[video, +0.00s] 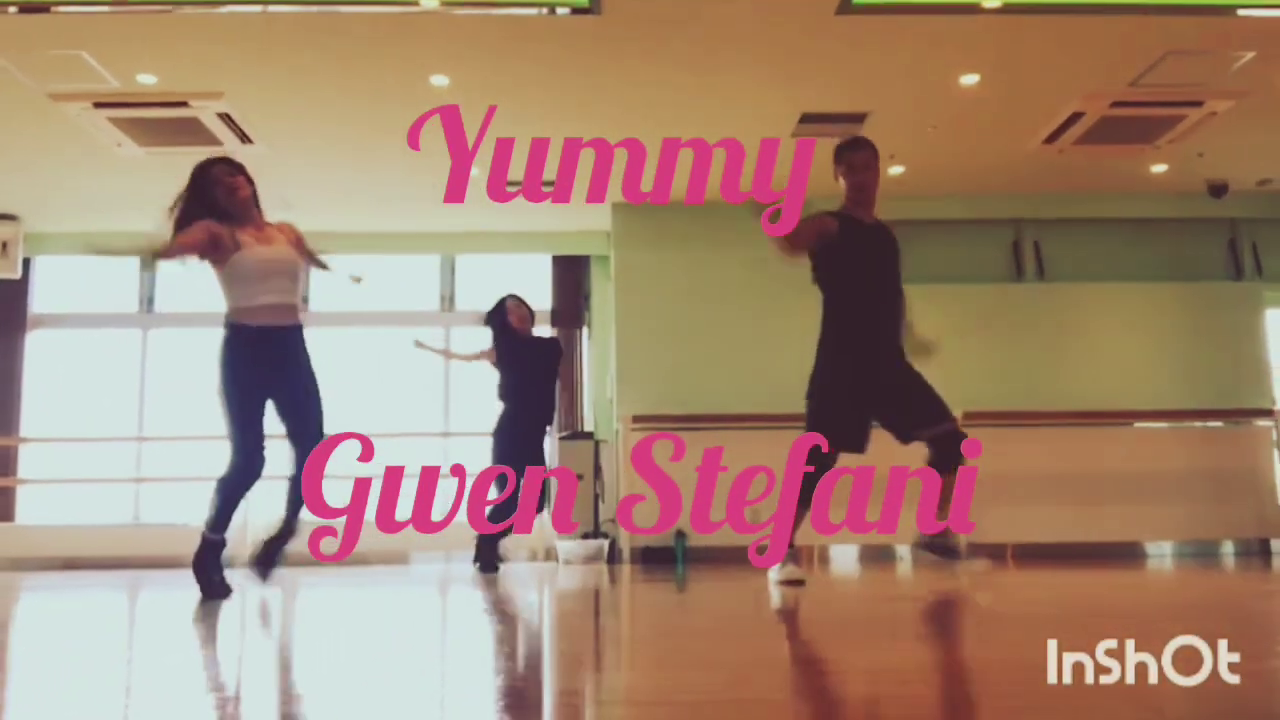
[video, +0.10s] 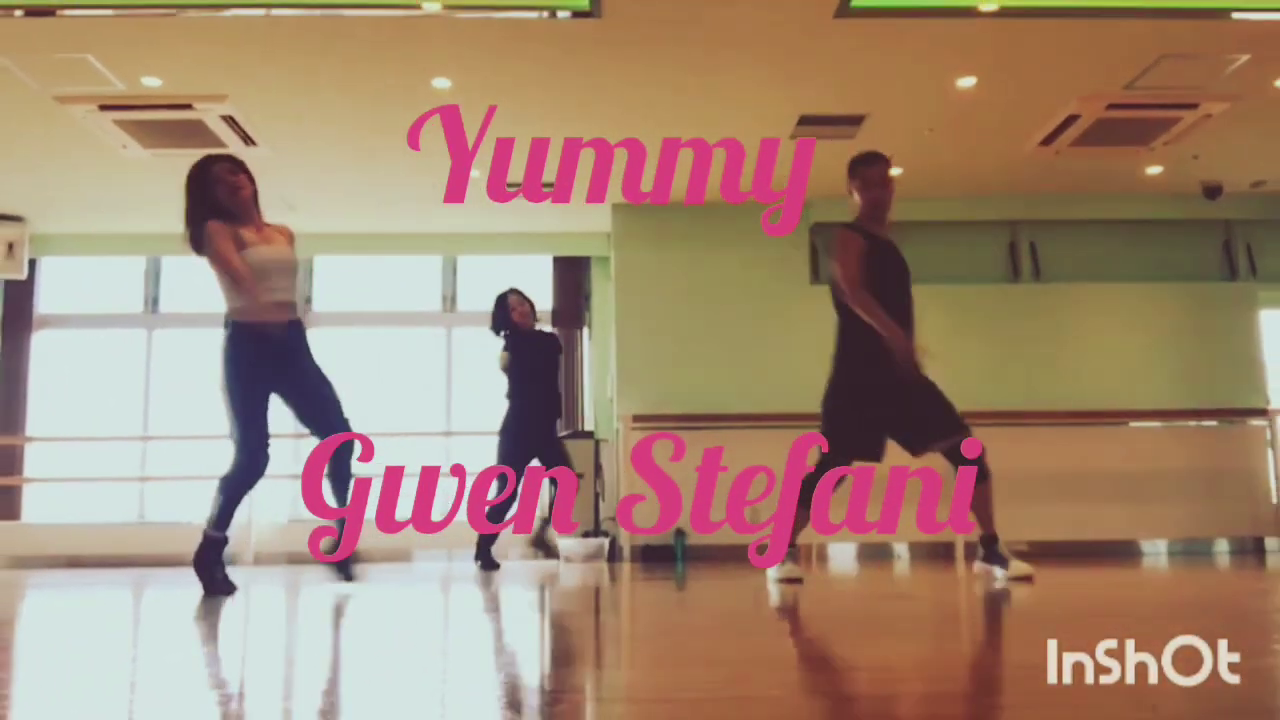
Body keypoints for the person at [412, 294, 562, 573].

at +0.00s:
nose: (520, 313)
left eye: (522, 307)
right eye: (512, 310)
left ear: (531, 313)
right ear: (503, 320)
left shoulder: (549, 346)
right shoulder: (503, 350)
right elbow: (467, 356)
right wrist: (430, 348)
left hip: (534, 430)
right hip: (510, 428)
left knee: (537, 497)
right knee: (510, 493)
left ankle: (493, 535)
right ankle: (486, 550)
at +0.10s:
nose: (522, 310)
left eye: (523, 304)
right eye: (514, 309)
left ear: (531, 306)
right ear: (508, 317)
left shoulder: (549, 341)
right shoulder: (513, 343)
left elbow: (549, 381)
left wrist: (553, 414)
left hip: (544, 425)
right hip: (518, 426)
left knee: (567, 480)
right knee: (507, 489)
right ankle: (484, 547)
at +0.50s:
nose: (564, 316)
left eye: (566, 310)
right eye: (557, 315)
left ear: (575, 314)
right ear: (551, 325)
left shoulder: (596, 344)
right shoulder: (559, 356)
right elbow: (579, 376)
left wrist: (595, 330)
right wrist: (594, 343)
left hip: (606, 425)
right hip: (578, 427)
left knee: (627, 483)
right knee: (552, 484)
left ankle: (639, 542)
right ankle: (514, 533)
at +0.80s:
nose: (592, 316)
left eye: (598, 312)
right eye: (588, 312)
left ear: (606, 318)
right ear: (581, 317)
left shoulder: (620, 347)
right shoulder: (577, 351)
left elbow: (652, 373)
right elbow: (566, 379)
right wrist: (564, 345)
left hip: (625, 421)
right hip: (596, 425)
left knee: (638, 479)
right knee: (616, 480)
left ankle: (646, 535)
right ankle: (632, 538)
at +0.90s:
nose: (598, 313)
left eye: (604, 310)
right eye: (594, 309)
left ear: (612, 316)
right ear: (587, 314)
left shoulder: (622, 347)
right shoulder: (576, 351)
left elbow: (645, 370)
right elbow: (566, 384)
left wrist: (665, 371)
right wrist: (562, 380)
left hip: (624, 421)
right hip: (594, 424)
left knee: (637, 477)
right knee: (597, 480)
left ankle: (642, 534)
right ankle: (600, 531)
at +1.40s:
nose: (592, 332)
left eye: (599, 330)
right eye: (589, 326)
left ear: (604, 337)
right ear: (581, 329)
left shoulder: (606, 371)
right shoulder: (560, 365)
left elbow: (615, 411)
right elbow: (546, 400)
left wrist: (593, 428)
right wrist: (536, 432)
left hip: (596, 445)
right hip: (564, 445)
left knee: (623, 492)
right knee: (534, 494)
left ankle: (632, 546)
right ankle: (514, 549)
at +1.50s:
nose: (592, 324)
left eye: (599, 323)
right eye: (589, 319)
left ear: (605, 331)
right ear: (581, 322)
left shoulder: (606, 363)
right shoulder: (560, 356)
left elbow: (616, 404)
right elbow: (548, 396)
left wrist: (593, 415)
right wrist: (542, 430)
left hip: (601, 436)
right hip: (568, 437)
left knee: (623, 485)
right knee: (543, 491)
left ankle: (632, 545)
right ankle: (515, 549)